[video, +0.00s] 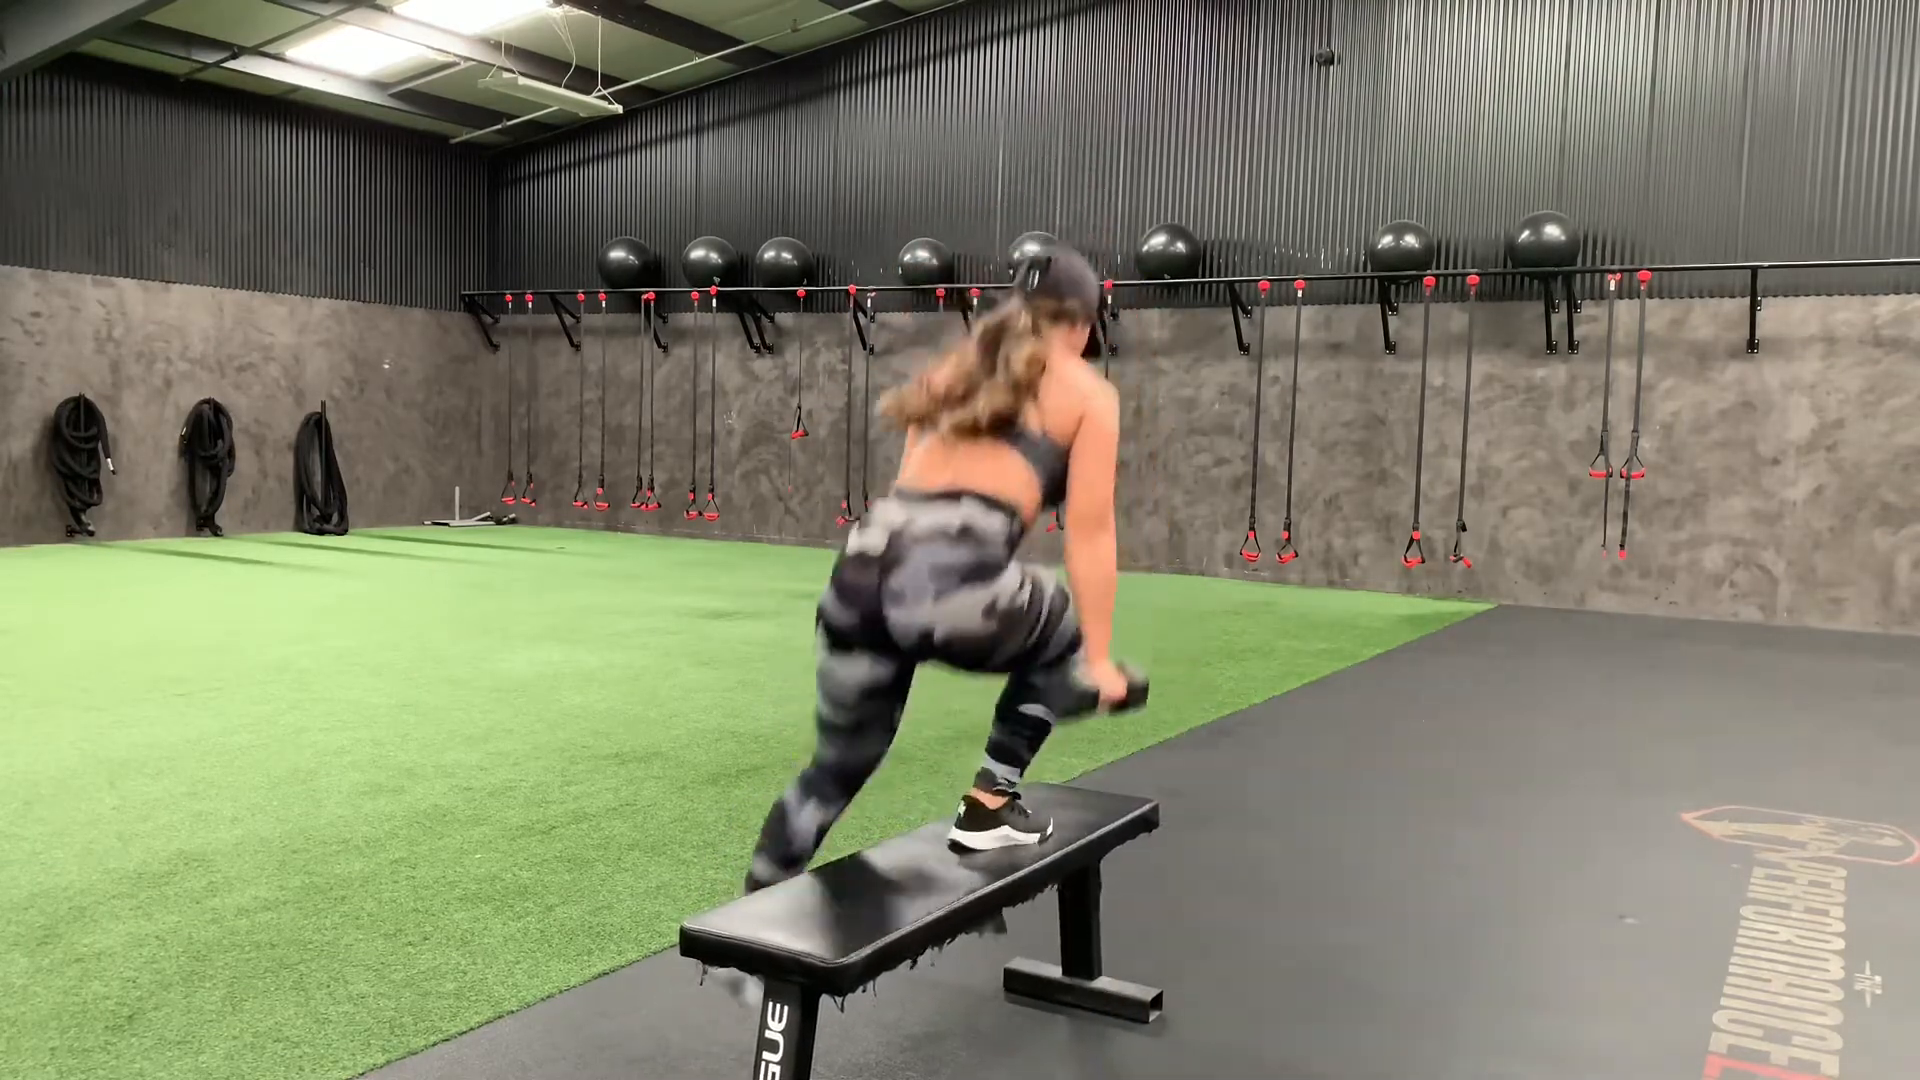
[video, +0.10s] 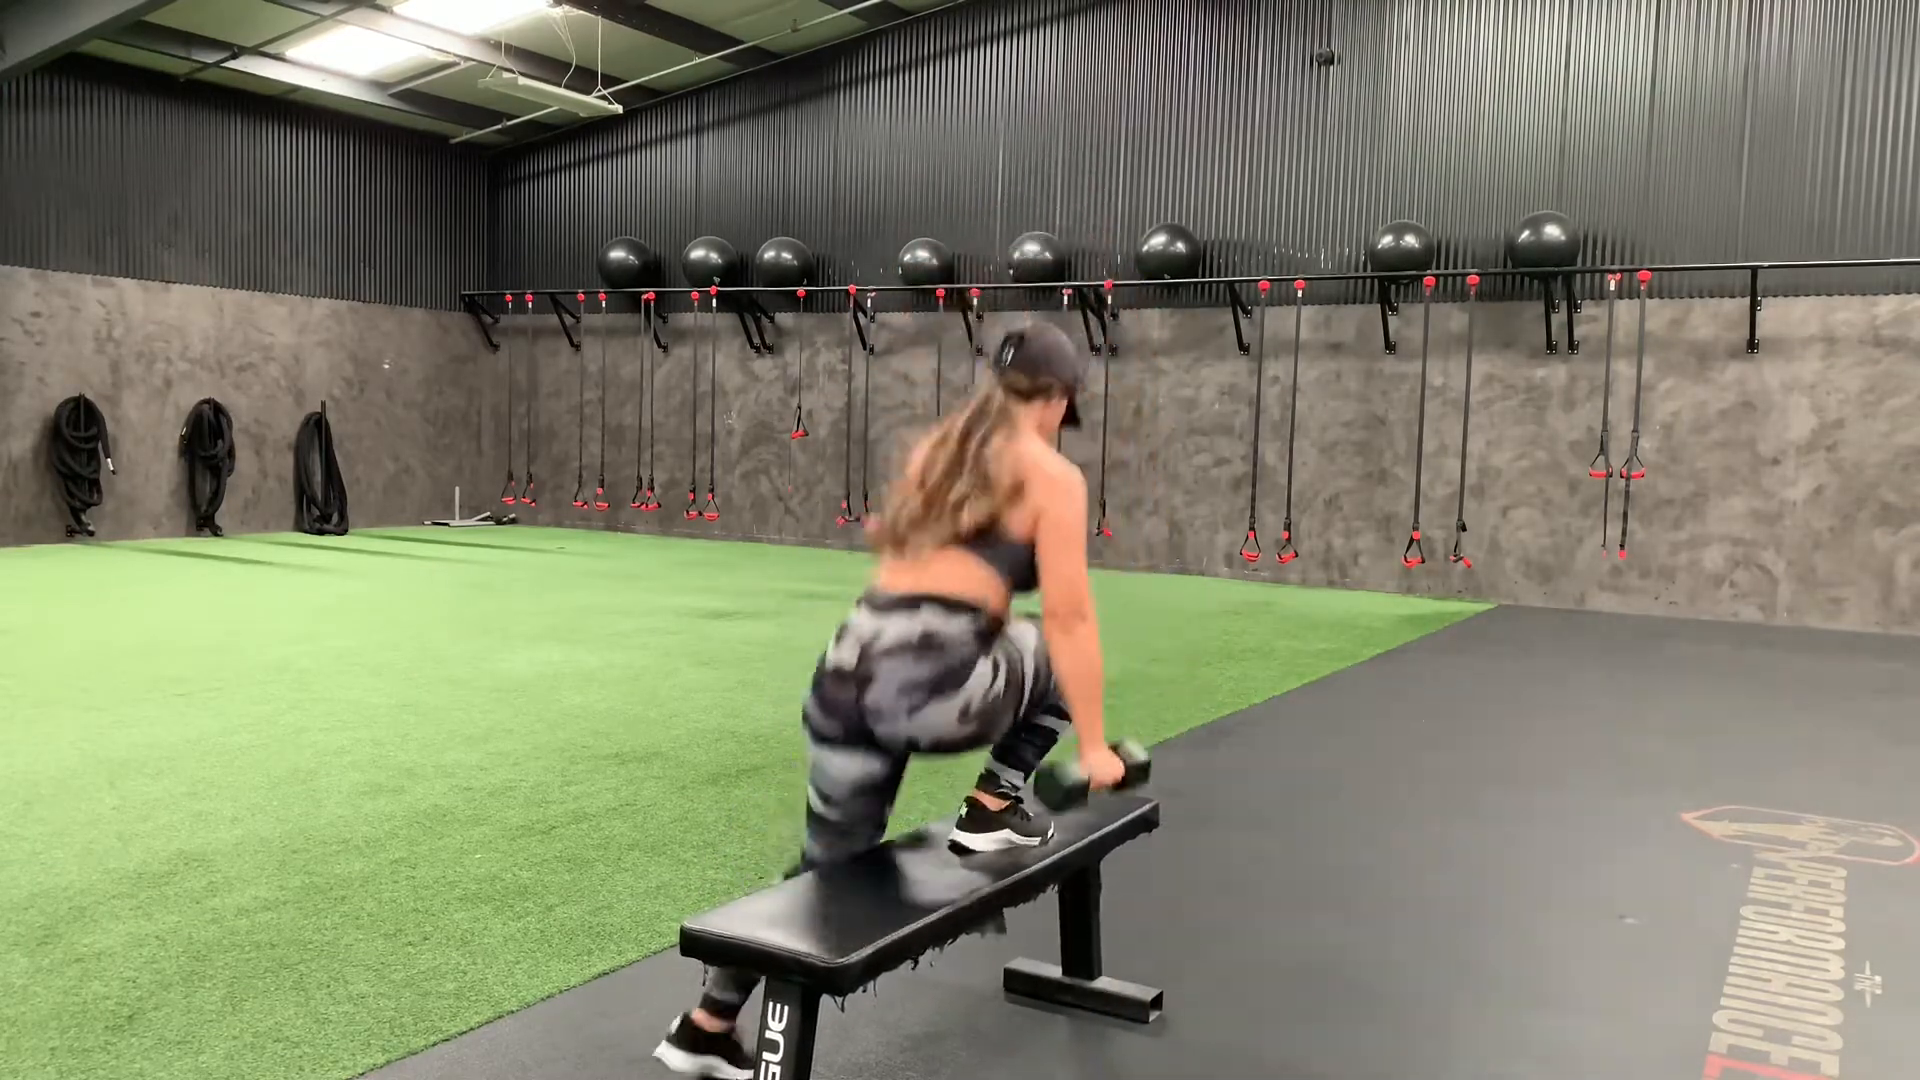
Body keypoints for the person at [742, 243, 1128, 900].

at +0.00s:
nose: (1085, 340)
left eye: (1085, 327)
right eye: (1085, 327)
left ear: (1014, 314)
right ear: (1077, 325)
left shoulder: (952, 371)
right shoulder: (1086, 392)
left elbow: (910, 482)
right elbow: (1089, 530)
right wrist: (1097, 659)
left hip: (858, 583)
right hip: (952, 588)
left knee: (836, 765)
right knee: (1063, 636)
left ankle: (755, 914)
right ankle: (988, 808)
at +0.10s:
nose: (1064, 419)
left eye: (1066, 405)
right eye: (1067, 405)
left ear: (997, 389)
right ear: (1057, 401)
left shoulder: (932, 451)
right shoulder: (1052, 475)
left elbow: (912, 566)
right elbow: (1072, 618)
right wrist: (1092, 746)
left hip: (846, 679)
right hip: (931, 686)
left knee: (827, 872)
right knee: (1059, 650)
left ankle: (709, 1020)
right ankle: (993, 804)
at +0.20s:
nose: (1062, 420)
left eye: (1063, 408)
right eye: (1065, 407)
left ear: (1000, 388)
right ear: (1058, 400)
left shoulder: (944, 447)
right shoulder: (1056, 472)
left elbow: (927, 568)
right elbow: (1076, 617)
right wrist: (1097, 742)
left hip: (848, 672)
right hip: (931, 679)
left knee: (818, 863)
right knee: (1060, 645)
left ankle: (705, 1025)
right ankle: (991, 806)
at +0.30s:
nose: (1105, 337)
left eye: (1105, 325)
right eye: (1105, 325)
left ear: (1032, 311)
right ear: (1094, 323)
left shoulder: (967, 368)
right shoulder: (1098, 389)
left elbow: (918, 478)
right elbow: (1097, 529)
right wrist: (1106, 659)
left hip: (860, 569)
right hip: (951, 580)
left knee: (832, 760)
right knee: (1068, 629)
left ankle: (743, 939)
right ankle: (993, 802)